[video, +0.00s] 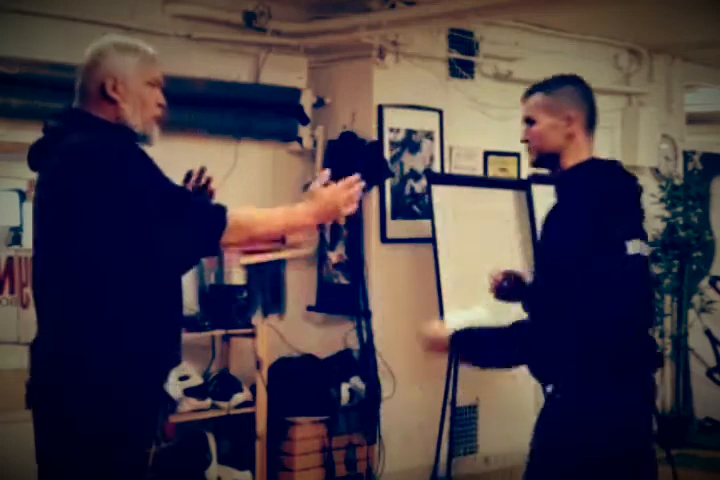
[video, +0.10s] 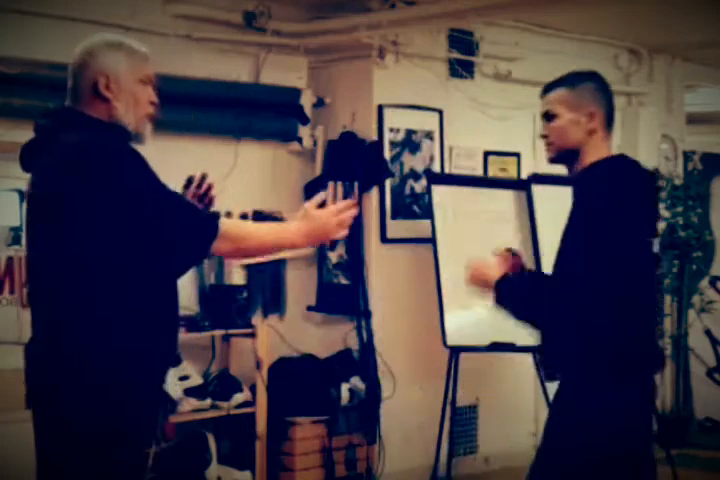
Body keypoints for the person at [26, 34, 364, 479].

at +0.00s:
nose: (163, 102)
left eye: (161, 88)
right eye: (154, 85)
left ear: (113, 91)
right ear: (114, 89)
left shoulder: (71, 154)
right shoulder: (105, 156)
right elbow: (210, 231)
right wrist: (315, 209)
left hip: (74, 384)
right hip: (108, 391)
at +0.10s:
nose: (155, 100)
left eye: (153, 86)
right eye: (146, 83)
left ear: (105, 89)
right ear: (107, 87)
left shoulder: (60, 155)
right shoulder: (103, 157)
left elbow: (123, 255)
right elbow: (211, 238)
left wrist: (182, 218)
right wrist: (305, 232)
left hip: (66, 379)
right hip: (109, 384)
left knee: (69, 470)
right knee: (113, 470)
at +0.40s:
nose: (142, 98)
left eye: (140, 85)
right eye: (133, 83)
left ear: (91, 88)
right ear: (92, 87)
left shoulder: (52, 156)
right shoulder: (88, 159)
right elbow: (190, 241)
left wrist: (181, 226)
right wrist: (290, 240)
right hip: (104, 381)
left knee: (75, 471)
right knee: (112, 470)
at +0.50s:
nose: (145, 101)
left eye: (143, 89)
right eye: (137, 86)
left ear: (94, 89)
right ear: (95, 88)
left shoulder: (57, 154)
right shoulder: (90, 156)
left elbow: (167, 244)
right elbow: (191, 237)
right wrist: (288, 211)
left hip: (73, 382)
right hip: (105, 388)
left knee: (80, 471)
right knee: (112, 471)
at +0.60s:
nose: (154, 106)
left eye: (153, 94)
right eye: (146, 91)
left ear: (107, 90)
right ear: (106, 89)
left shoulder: (56, 154)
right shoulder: (101, 152)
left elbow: (121, 266)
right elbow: (197, 226)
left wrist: (190, 258)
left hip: (68, 376)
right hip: (112, 381)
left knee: (73, 471)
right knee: (114, 470)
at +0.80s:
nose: (174, 127)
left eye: (176, 115)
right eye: (170, 110)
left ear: (128, 95)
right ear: (133, 96)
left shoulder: (55, 163)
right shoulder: (131, 160)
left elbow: (102, 284)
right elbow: (208, 244)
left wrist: (183, 297)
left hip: (61, 377)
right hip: (119, 382)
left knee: (68, 472)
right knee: (120, 471)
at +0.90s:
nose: (177, 136)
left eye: (181, 124)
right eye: (175, 119)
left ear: (133, 98)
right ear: (141, 100)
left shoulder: (56, 158)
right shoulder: (138, 168)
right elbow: (223, 266)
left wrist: (164, 295)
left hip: (57, 376)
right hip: (119, 382)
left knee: (65, 471)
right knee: (119, 470)